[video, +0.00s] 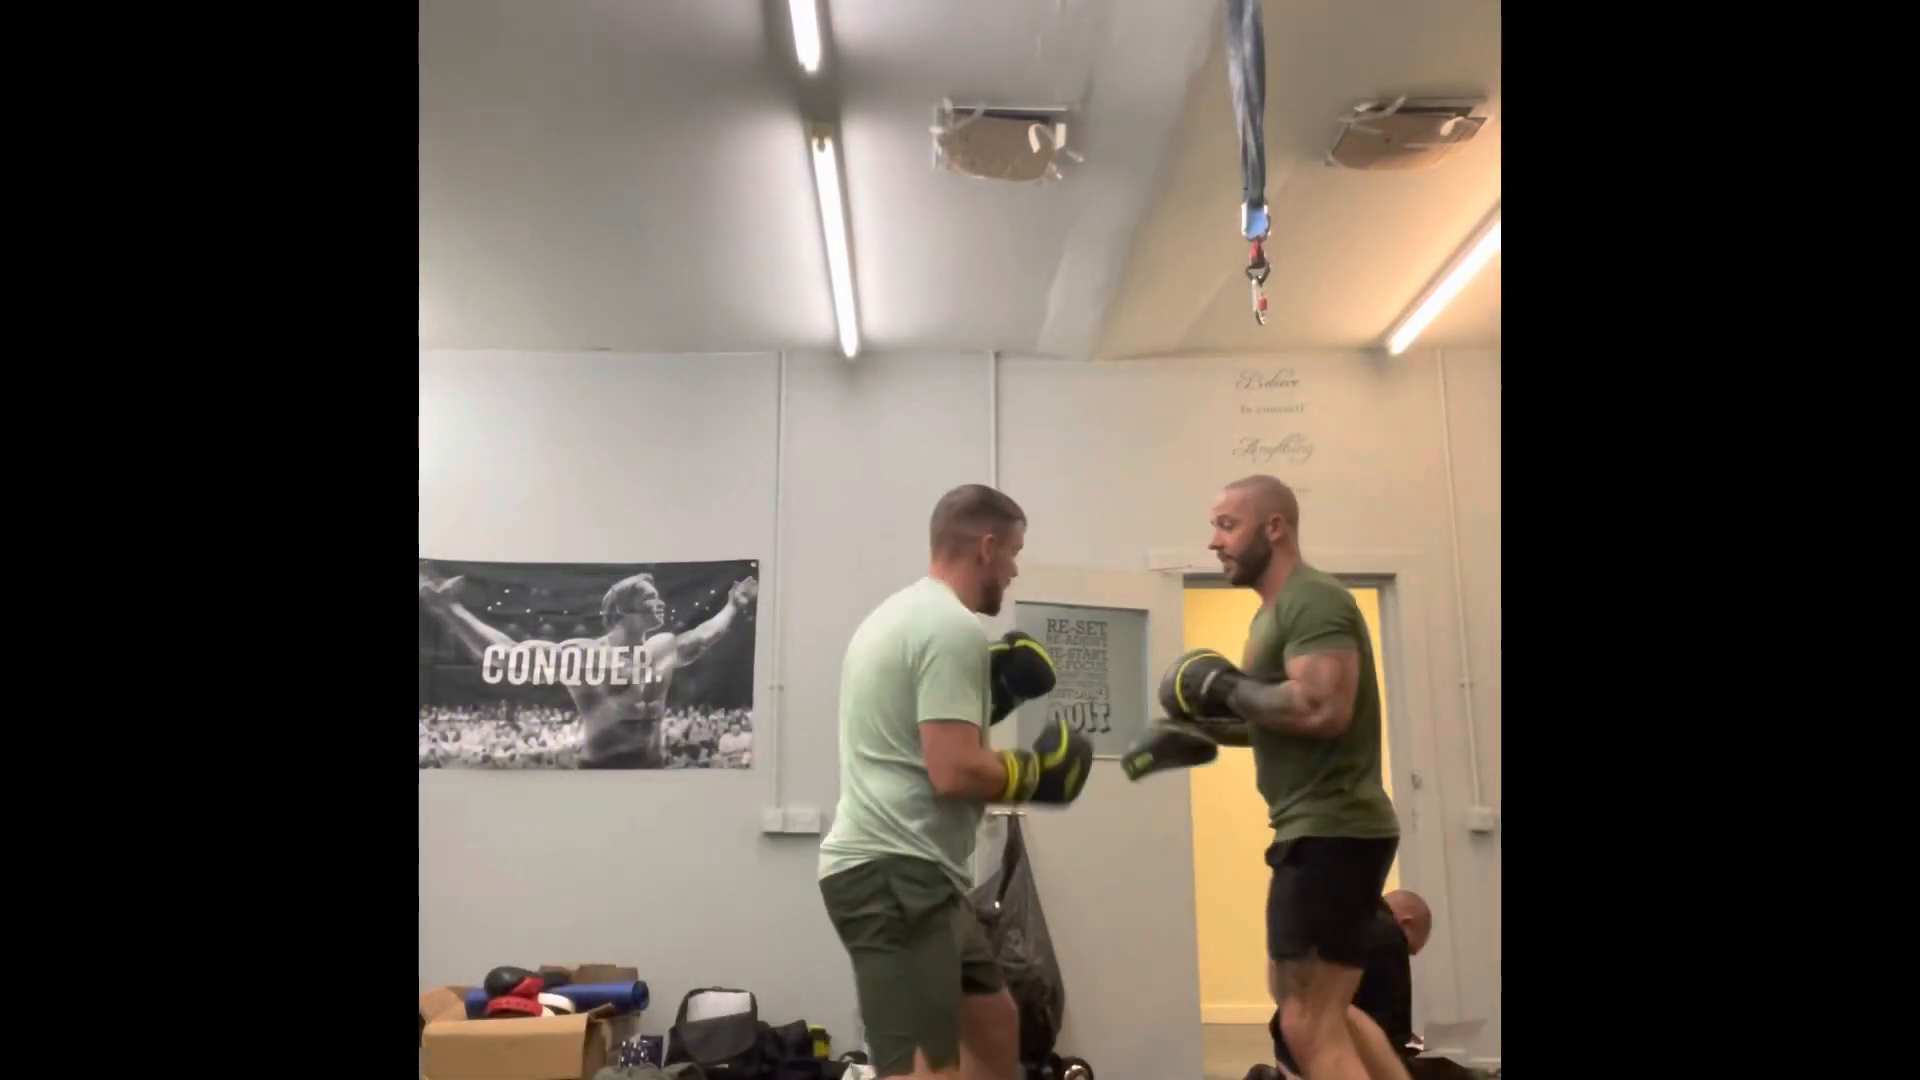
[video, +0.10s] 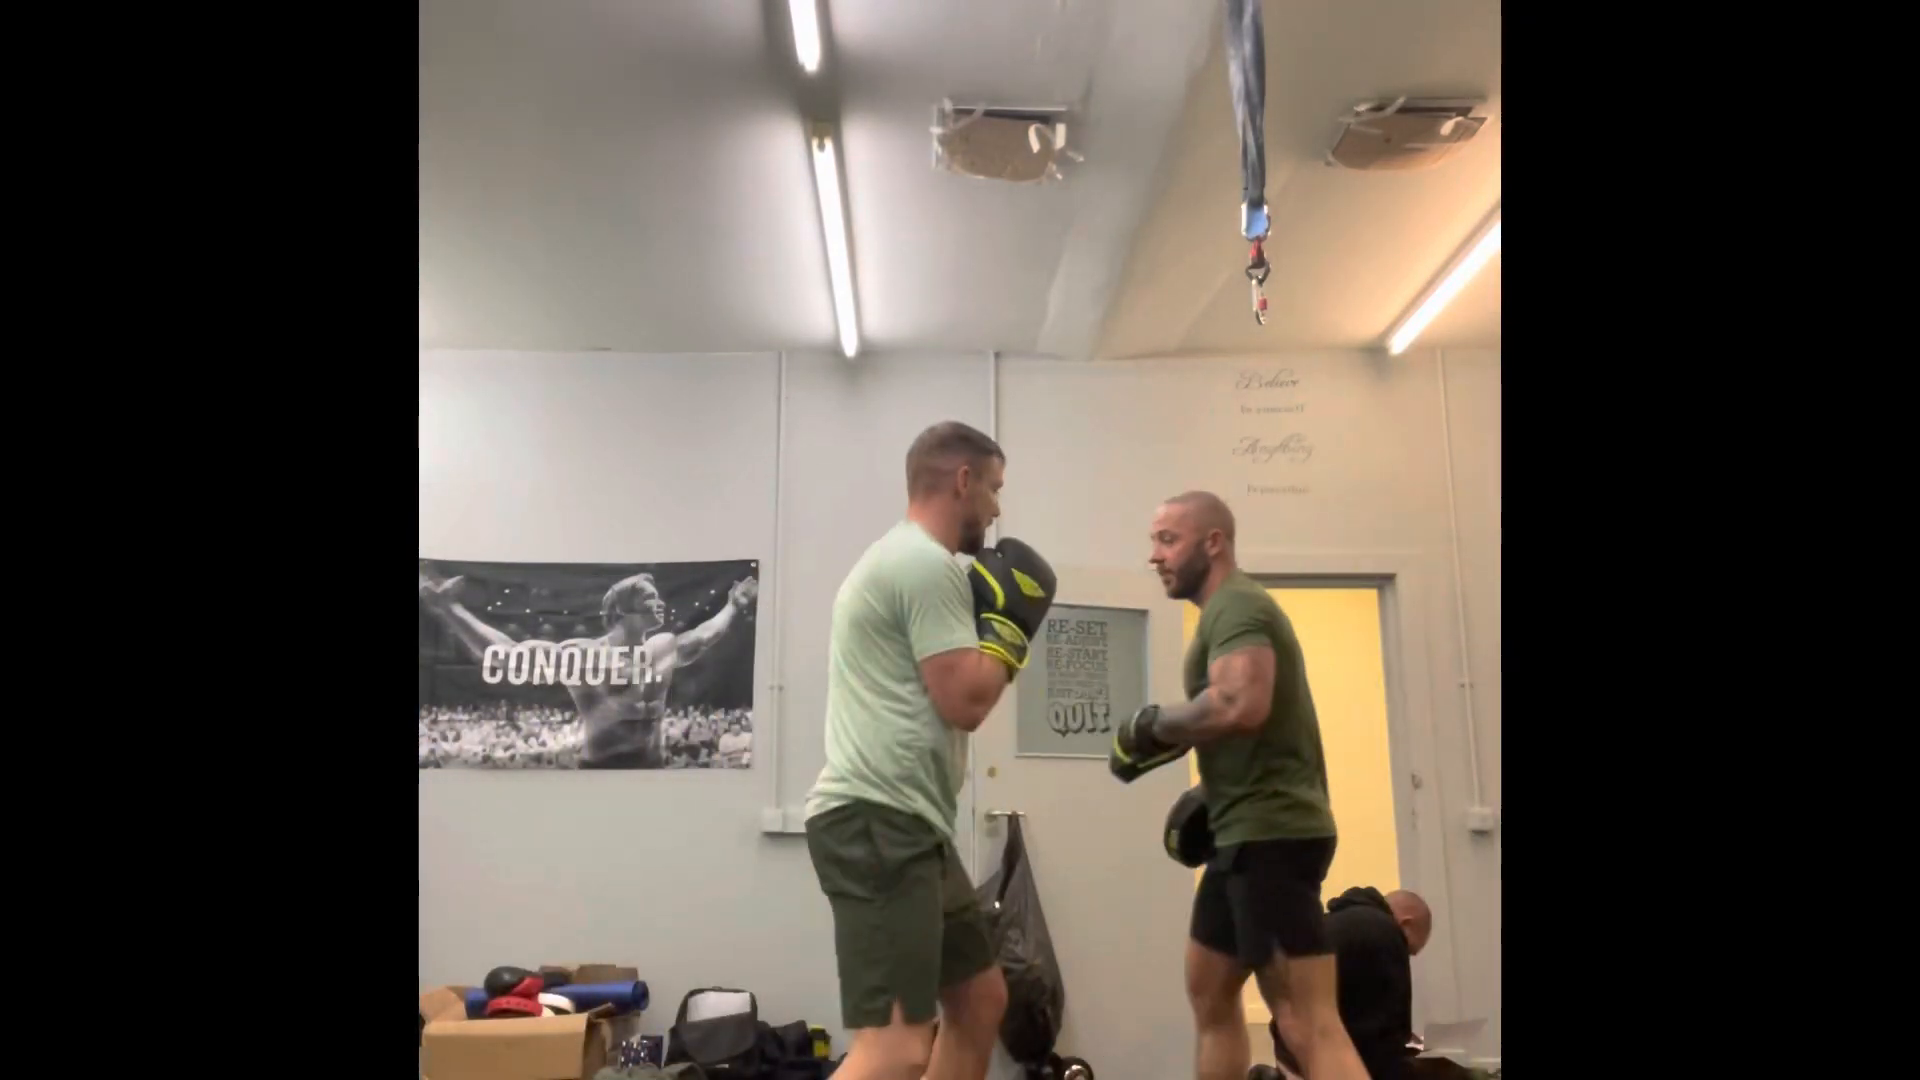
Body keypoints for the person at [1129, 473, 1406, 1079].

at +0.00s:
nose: (1215, 541)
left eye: (1226, 525)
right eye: (1214, 527)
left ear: (1274, 529)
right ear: (1271, 532)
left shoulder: (1312, 598)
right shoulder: (1276, 614)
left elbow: (1324, 707)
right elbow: (1284, 722)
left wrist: (1225, 687)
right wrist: (1209, 735)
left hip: (1336, 831)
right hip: (1314, 831)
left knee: (1307, 1022)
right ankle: (1401, 1079)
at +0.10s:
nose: (1155, 555)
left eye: (1168, 540)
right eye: (1154, 542)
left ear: (1214, 544)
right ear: (1208, 548)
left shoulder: (1237, 605)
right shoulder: (1219, 616)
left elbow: (1242, 703)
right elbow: (1255, 737)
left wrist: (1154, 727)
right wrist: (1210, 799)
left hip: (1277, 830)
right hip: (1242, 834)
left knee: (1307, 1025)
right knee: (1212, 994)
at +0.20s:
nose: (1086, 582)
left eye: (1099, 569)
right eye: (1082, 570)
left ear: (1142, 573)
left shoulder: (1167, 634)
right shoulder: (1144, 647)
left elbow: (1181, 726)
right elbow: (1171, 768)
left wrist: (1093, 770)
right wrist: (1115, 815)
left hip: (1199, 845)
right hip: (1164, 848)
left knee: (1237, 1025)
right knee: (1110, 994)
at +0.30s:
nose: (1042, 558)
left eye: (1057, 548)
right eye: (1036, 547)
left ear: (1091, 557)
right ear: (1029, 555)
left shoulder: (1128, 624)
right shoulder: (1035, 639)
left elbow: (1183, 707)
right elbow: (1035, 720)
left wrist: (1091, 733)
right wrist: (1027, 742)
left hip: (1121, 821)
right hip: (1062, 826)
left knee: (1105, 988)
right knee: (1049, 987)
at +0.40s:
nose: (1031, 570)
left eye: (1043, 559)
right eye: (1020, 557)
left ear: (1059, 565)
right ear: (998, 562)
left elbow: (1142, 713)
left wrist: (1062, 720)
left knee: (1046, 997)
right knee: (957, 985)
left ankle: (1062, 1070)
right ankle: (972, 1071)